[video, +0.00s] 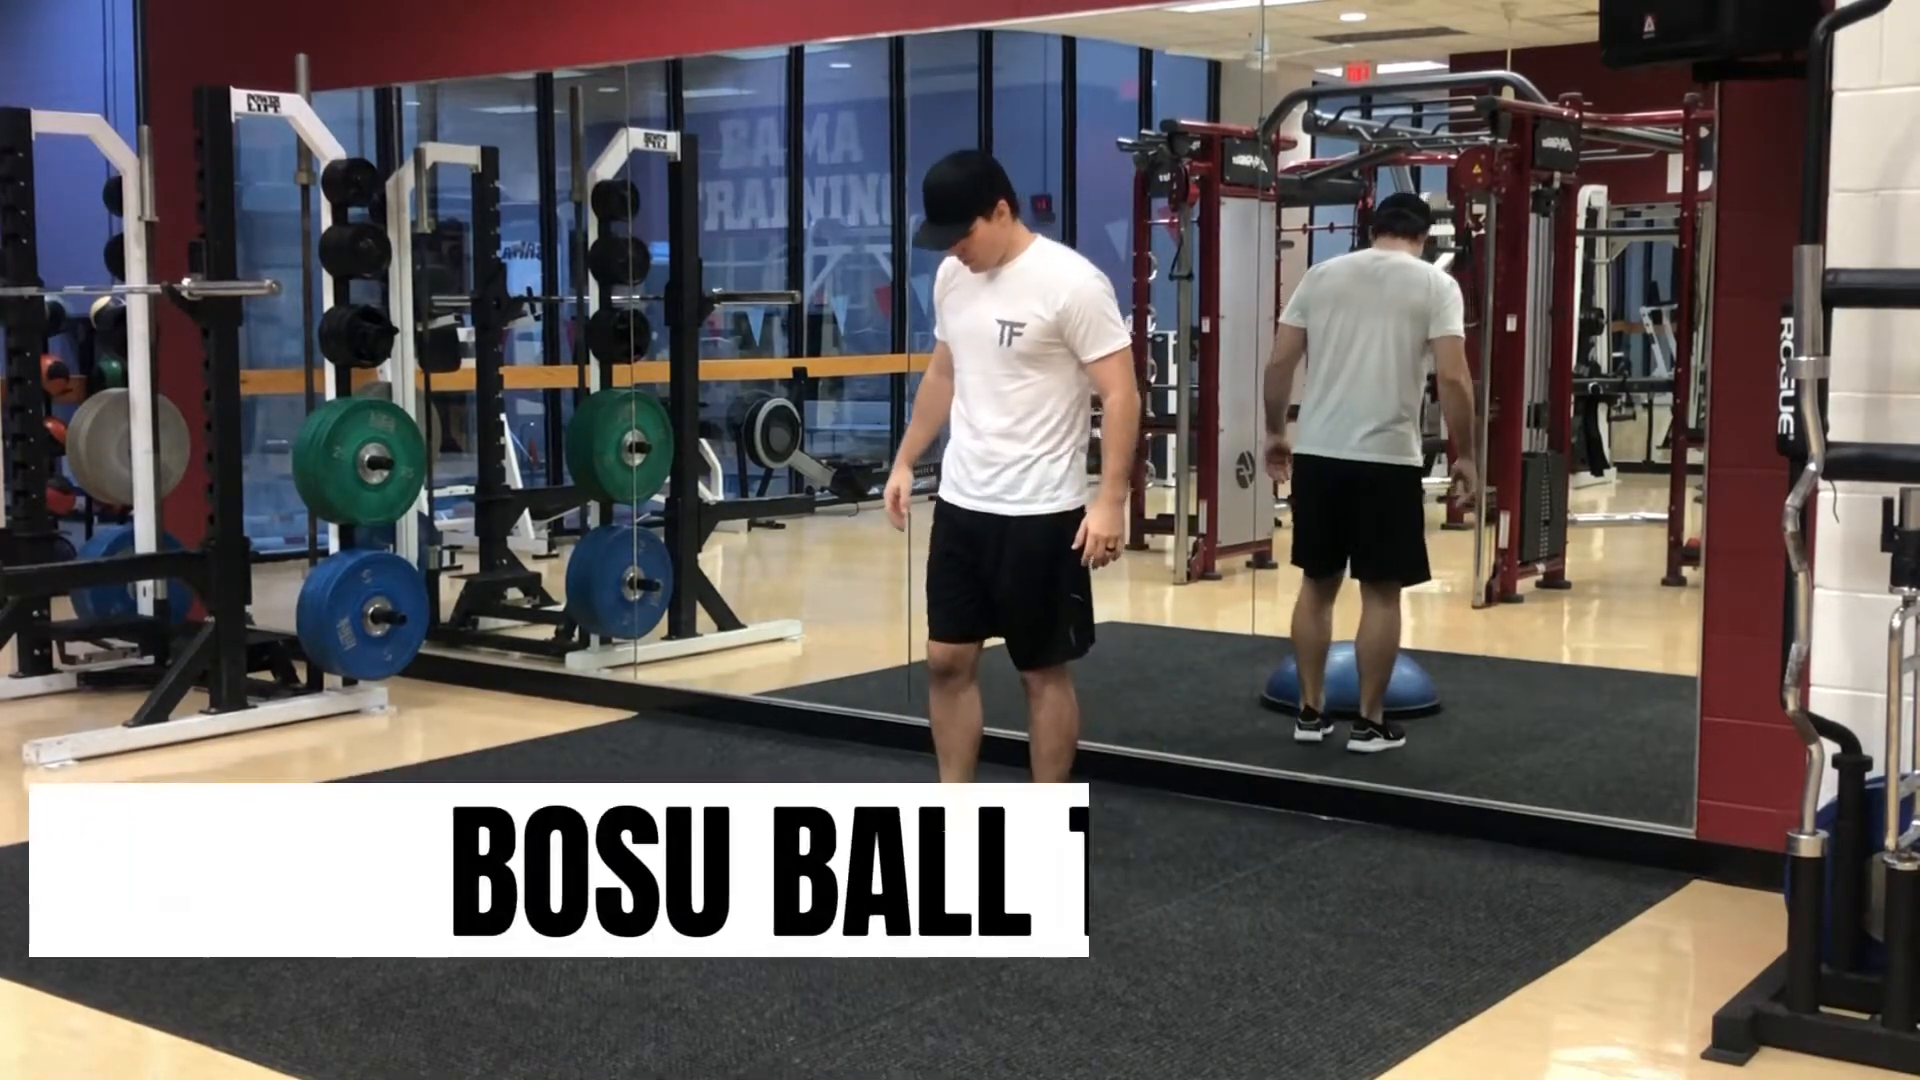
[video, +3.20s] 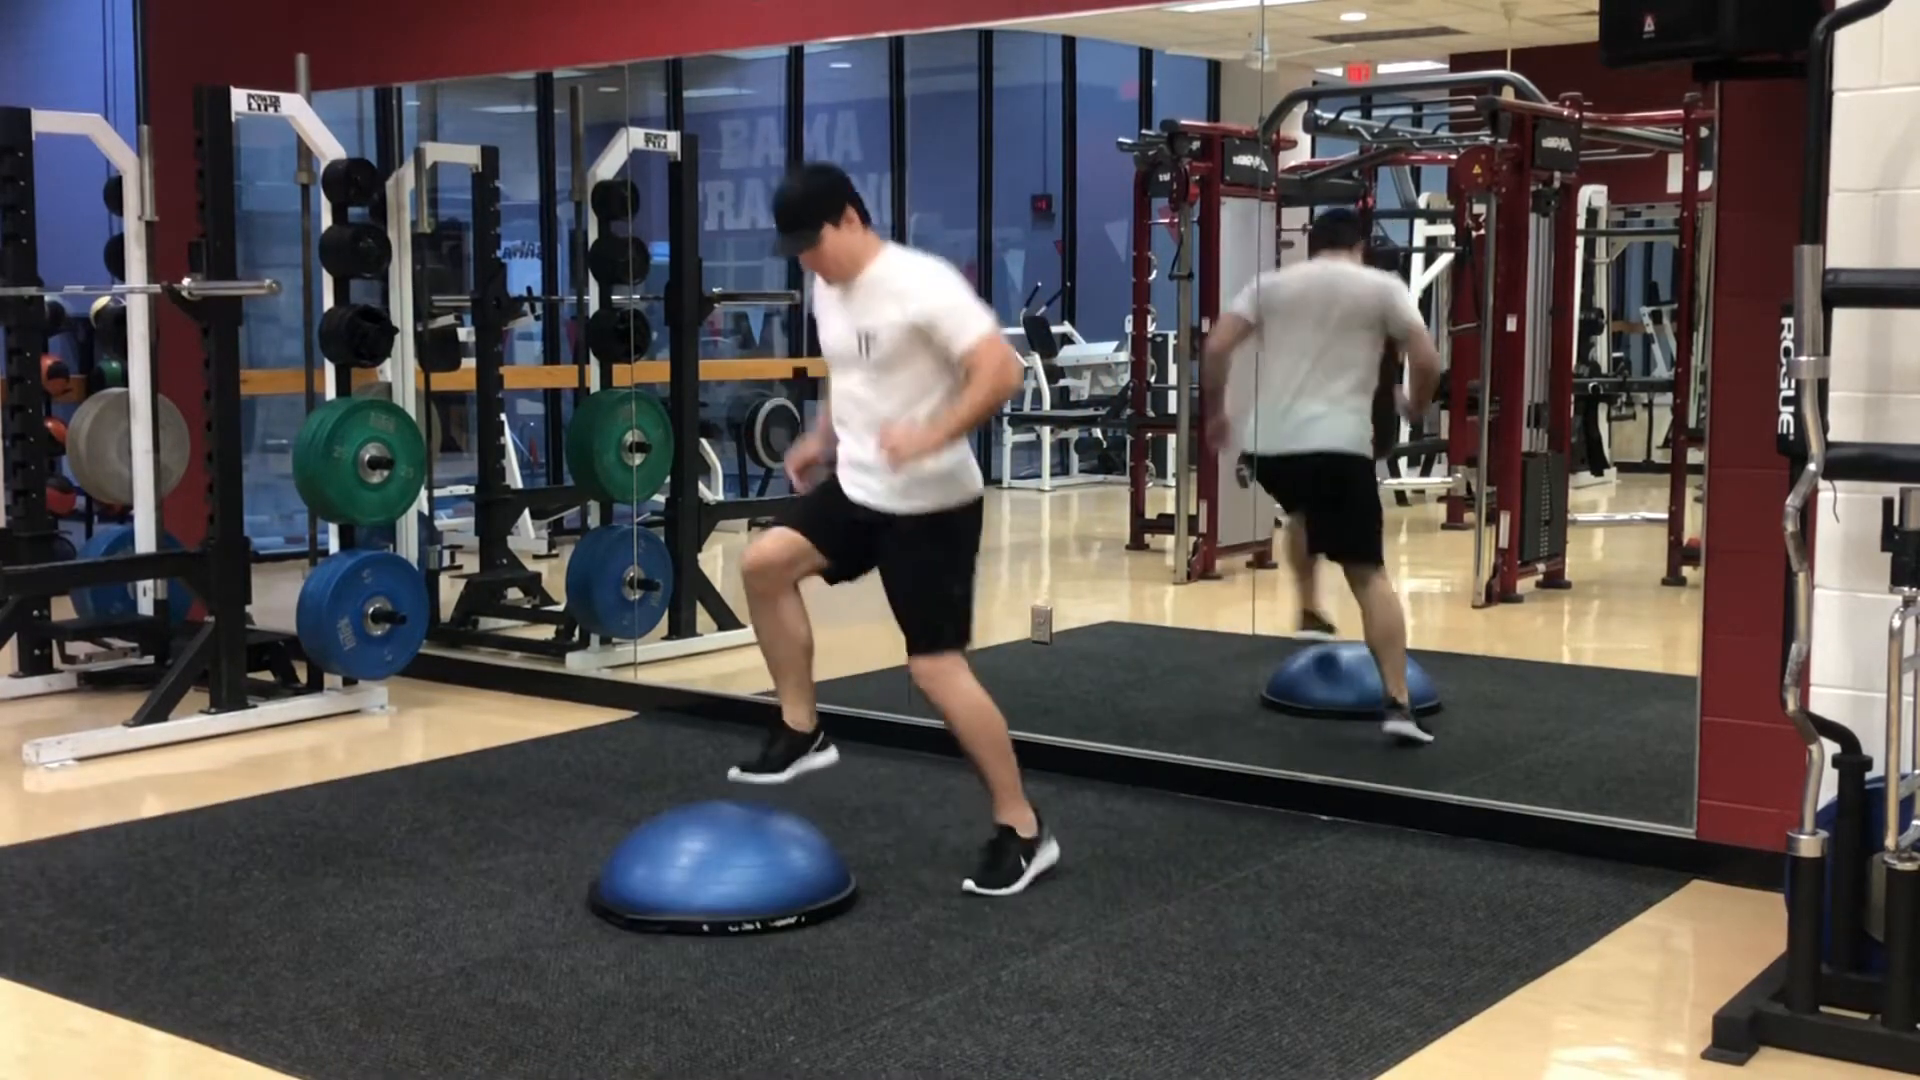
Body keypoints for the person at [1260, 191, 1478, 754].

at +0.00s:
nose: (1425, 250)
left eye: (1421, 244)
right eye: (1427, 243)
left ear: (1372, 231)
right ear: (1421, 239)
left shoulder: (1322, 274)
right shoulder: (1434, 283)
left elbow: (1278, 364)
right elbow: (1453, 381)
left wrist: (1274, 432)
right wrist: (1466, 456)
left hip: (1317, 460)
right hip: (1388, 467)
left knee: (1317, 583)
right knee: (1381, 592)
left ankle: (1310, 712)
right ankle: (1369, 722)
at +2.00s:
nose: (1415, 243)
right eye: (1418, 236)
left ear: (1366, 234)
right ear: (1417, 236)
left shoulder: (1324, 280)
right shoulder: (1441, 279)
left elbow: (1288, 371)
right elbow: (1466, 370)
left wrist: (1295, 436)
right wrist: (1473, 443)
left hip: (1325, 447)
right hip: (1398, 457)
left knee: (1343, 533)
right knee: (1386, 588)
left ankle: (1326, 644)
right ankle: (1370, 716)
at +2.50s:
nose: (1380, 246)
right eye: (1382, 238)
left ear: (1331, 230)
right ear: (1377, 235)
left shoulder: (1286, 271)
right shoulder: (1395, 276)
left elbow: (1230, 338)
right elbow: (1436, 340)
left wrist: (1253, 375)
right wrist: (1433, 381)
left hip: (1280, 440)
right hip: (1352, 447)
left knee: (1291, 521)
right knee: (1366, 578)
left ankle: (1262, 629)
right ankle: (1368, 706)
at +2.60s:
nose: (1365, 228)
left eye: (1359, 222)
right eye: (1365, 221)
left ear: (1312, 215)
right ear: (1361, 218)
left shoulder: (1265, 254)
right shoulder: (1371, 255)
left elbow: (1212, 321)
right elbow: (1392, 315)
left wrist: (1251, 373)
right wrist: (1390, 362)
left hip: (1267, 420)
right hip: (1335, 425)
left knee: (1261, 534)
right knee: (1370, 543)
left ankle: (1215, 644)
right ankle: (1356, 659)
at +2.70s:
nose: (1344, 245)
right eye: (1343, 238)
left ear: (1294, 233)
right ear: (1340, 237)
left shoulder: (1247, 275)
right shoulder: (1344, 271)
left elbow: (1202, 350)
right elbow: (1348, 335)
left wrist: (1235, 388)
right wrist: (1354, 382)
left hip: (1247, 437)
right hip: (1311, 438)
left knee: (1232, 557)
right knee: (1371, 513)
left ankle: (1187, 677)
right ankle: (1327, 618)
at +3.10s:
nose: (1345, 231)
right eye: (1346, 223)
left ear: (1295, 221)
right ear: (1343, 222)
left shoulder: (1252, 263)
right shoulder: (1362, 256)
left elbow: (1196, 330)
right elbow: (1401, 308)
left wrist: (1229, 376)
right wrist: (1400, 356)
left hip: (1262, 423)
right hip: (1331, 423)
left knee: (1272, 522)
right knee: (1365, 544)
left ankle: (1243, 629)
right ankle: (1379, 665)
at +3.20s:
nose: (1363, 256)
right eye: (1364, 247)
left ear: (1310, 247)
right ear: (1361, 247)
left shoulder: (1270, 284)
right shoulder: (1384, 287)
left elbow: (1216, 344)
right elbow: (1428, 362)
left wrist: (1214, 412)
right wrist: (1415, 404)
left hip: (1270, 448)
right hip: (1342, 450)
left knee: (1300, 515)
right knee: (1370, 576)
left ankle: (1308, 606)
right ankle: (1399, 704)